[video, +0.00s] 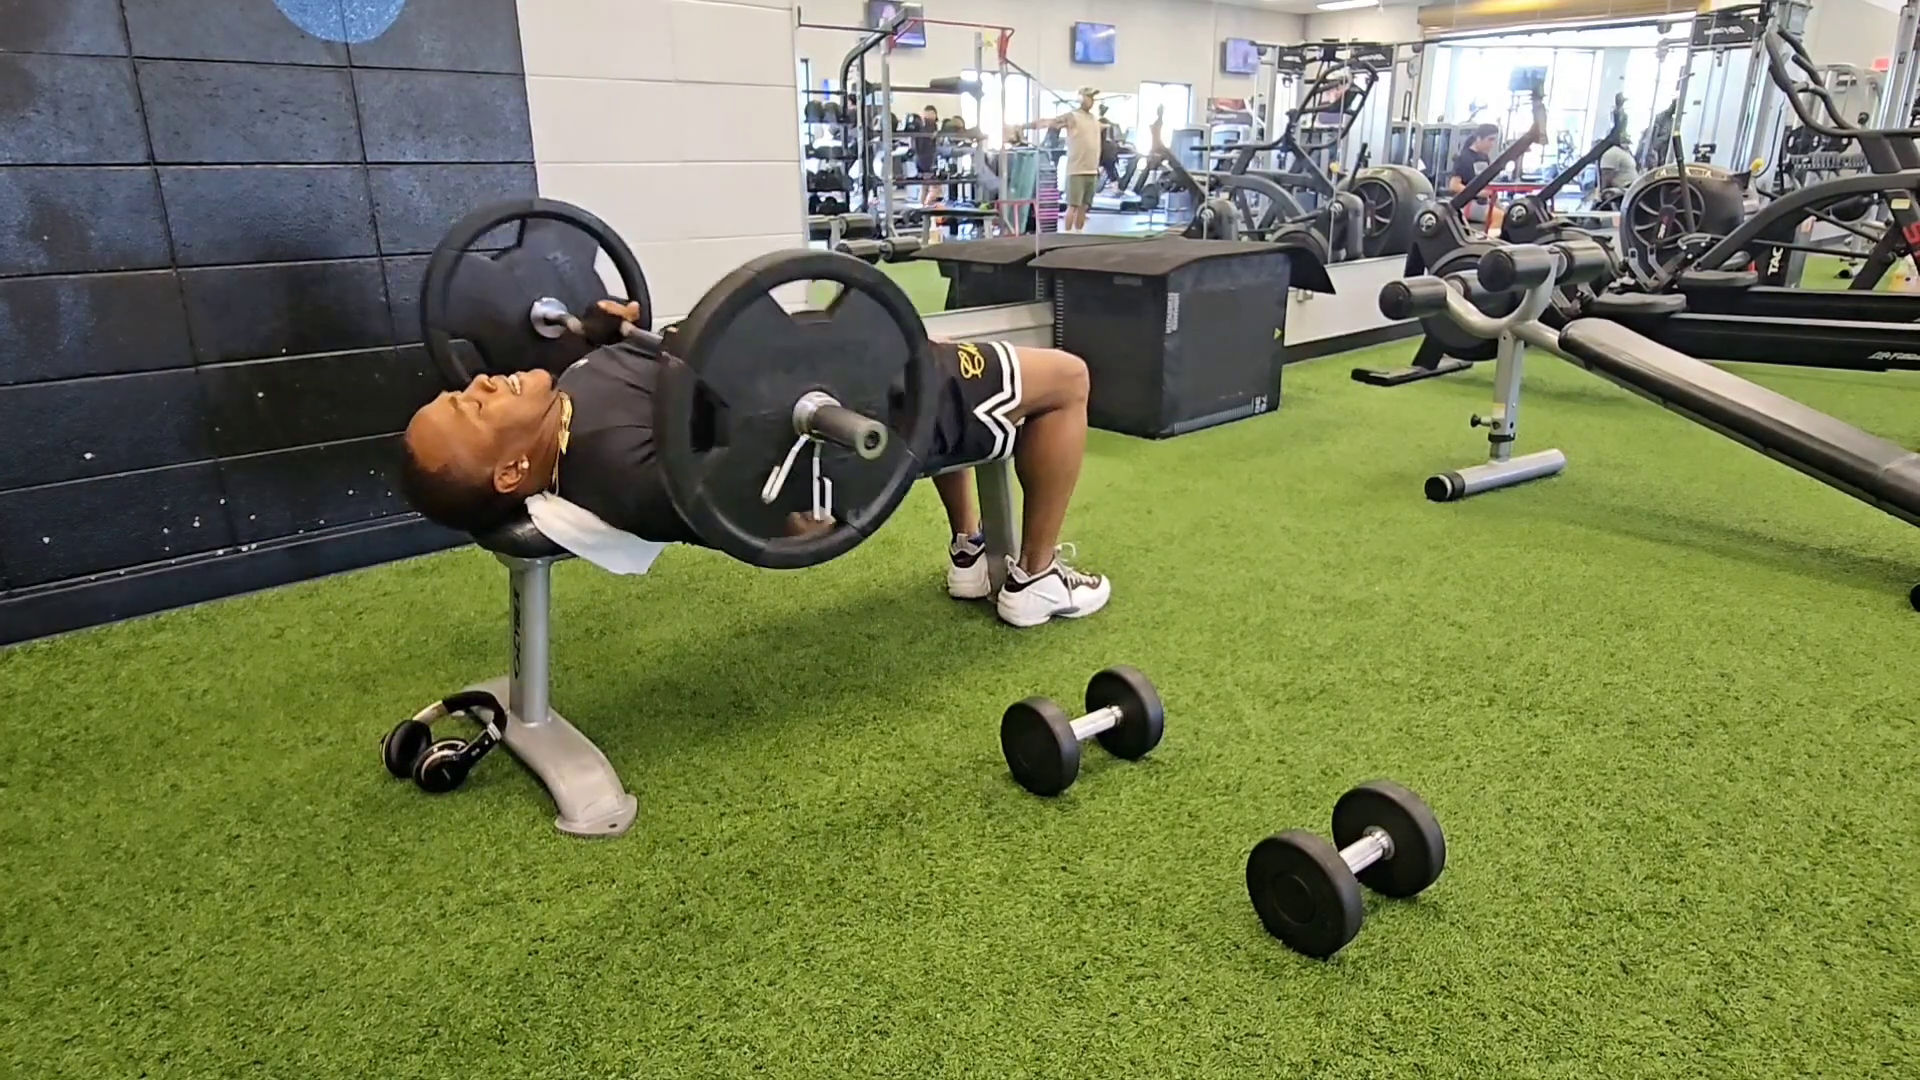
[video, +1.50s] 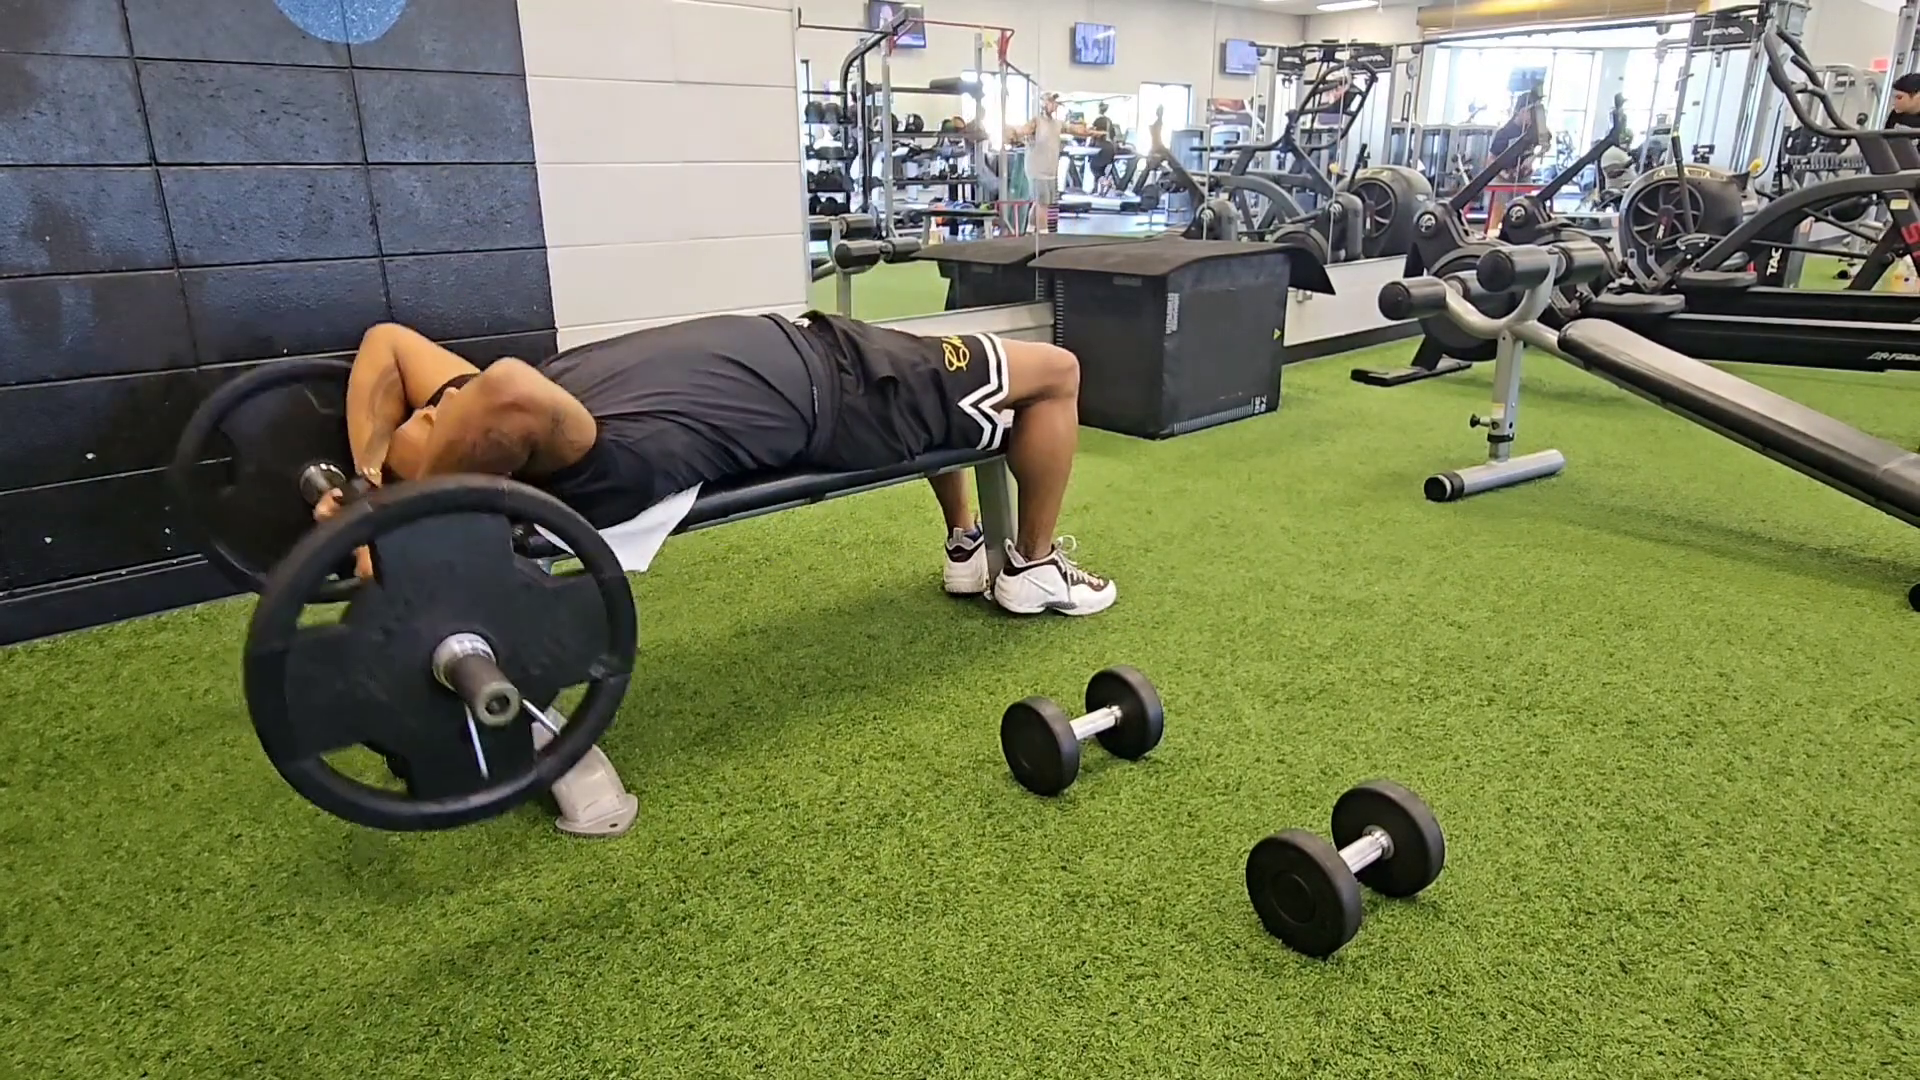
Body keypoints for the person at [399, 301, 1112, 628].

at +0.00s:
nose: (490, 375)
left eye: (466, 385)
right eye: (477, 400)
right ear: (515, 474)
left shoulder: (550, 395)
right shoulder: (632, 477)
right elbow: (779, 514)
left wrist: (618, 333)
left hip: (783, 370)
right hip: (846, 426)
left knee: (922, 346)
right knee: (1067, 376)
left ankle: (972, 544)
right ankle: (1037, 576)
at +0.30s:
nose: (475, 382)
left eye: (451, 397)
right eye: (462, 413)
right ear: (506, 477)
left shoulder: (541, 392)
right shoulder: (612, 458)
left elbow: (581, 308)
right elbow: (729, 369)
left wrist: (596, 207)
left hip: (804, 358)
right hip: (841, 400)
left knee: (928, 358)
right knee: (1059, 380)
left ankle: (971, 545)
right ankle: (1035, 574)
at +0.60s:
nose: (482, 378)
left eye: (454, 389)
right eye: (465, 406)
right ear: (507, 478)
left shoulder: (554, 400)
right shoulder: (616, 459)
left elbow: (612, 321)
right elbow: (737, 406)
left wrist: (606, 221)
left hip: (793, 362)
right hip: (834, 405)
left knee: (926, 353)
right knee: (1060, 380)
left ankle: (972, 547)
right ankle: (1035, 573)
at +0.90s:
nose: (479, 378)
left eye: (457, 387)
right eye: (468, 406)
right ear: (513, 475)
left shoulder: (550, 389)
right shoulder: (617, 465)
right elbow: (736, 493)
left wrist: (600, 327)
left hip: (785, 360)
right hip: (851, 414)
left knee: (924, 345)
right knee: (1066, 380)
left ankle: (972, 544)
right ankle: (1036, 572)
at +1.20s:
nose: (416, 337)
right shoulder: (609, 443)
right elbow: (665, 326)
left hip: (777, 350)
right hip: (846, 388)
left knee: (926, 348)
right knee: (1056, 375)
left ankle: (972, 544)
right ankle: (1035, 570)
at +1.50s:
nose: (432, 412)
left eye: (423, 422)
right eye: (431, 425)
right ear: (481, 483)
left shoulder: (444, 435)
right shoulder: (587, 470)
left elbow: (383, 338)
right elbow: (513, 388)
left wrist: (365, 477)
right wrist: (397, 492)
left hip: (769, 340)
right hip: (833, 381)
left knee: (923, 344)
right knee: (1055, 372)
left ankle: (970, 543)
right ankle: (1032, 568)